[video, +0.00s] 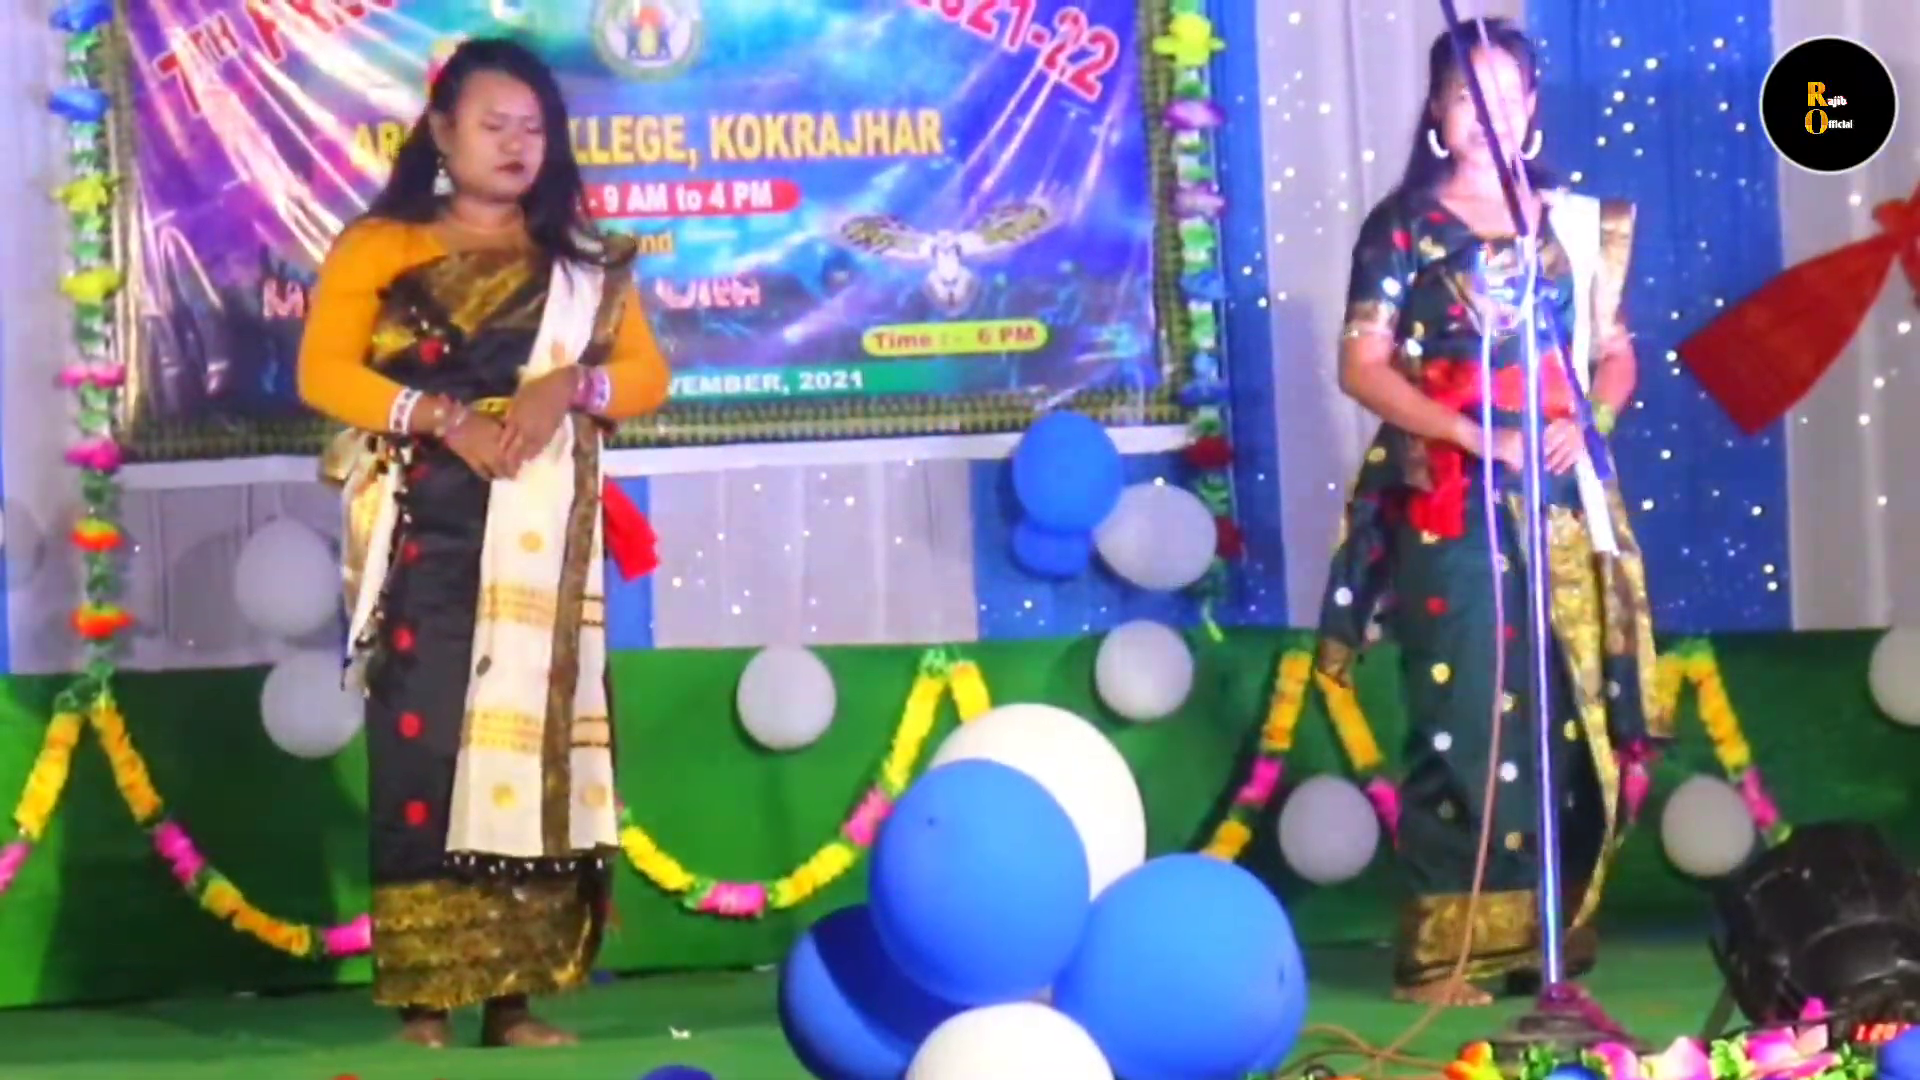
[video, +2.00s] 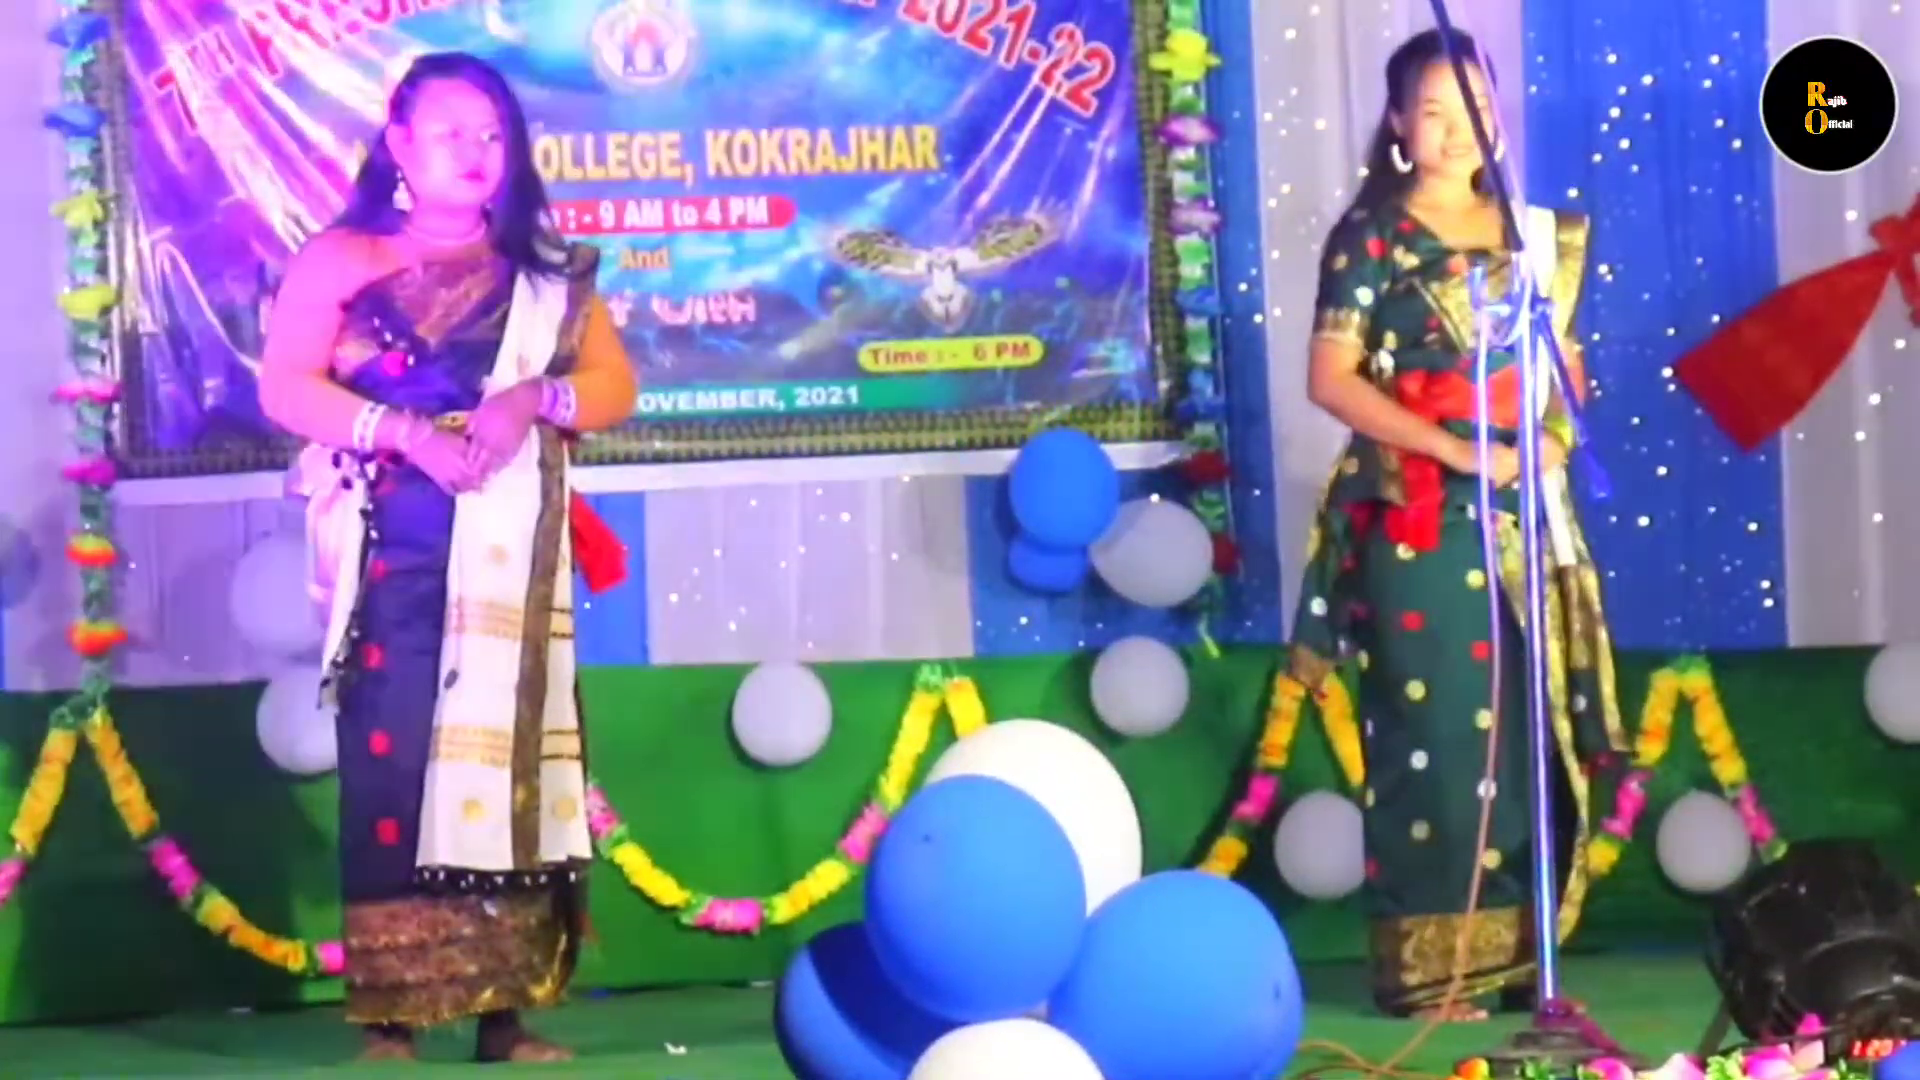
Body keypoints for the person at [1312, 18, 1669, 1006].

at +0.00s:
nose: (1485, 114)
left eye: (1502, 95)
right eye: (1466, 96)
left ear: (1531, 104)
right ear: (1437, 110)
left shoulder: (1569, 222)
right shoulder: (1403, 226)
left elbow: (1615, 356)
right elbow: (1360, 365)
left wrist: (1583, 422)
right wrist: (1471, 433)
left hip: (1558, 503)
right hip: (1451, 503)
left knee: (1568, 712)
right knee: (1457, 716)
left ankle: (1558, 950)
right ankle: (1442, 953)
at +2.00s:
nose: (1446, 130)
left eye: (1463, 113)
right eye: (1428, 113)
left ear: (1489, 121)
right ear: (1399, 124)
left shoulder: (1527, 230)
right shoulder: (1369, 234)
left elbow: (1562, 366)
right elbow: (1330, 380)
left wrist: (1556, 398)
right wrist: (1452, 447)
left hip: (1523, 512)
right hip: (1419, 518)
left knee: (1532, 726)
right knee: (1436, 729)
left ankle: (1521, 961)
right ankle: (1428, 966)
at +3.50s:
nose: (1503, 139)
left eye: (1510, 119)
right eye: (1478, 125)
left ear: (1530, 129)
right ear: (1441, 145)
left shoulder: (1525, 248)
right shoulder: (1448, 244)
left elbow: (1536, 390)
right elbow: (1441, 391)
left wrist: (1609, 446)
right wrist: (1549, 435)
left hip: (1513, 529)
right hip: (1460, 531)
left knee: (1563, 727)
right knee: (1554, 727)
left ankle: (1451, 907)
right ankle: (1477, 929)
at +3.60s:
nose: (1524, 113)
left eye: (1529, 93)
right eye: (1502, 101)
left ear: (1541, 99)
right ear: (1459, 122)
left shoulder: (1535, 210)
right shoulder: (1457, 207)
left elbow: (1626, 332)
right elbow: (1491, 330)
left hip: (1544, 505)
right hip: (1480, 508)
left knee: (1536, 712)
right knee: (1571, 699)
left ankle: (1496, 944)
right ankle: (1487, 930)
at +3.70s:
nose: (1539, 129)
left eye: (1543, 109)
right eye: (1516, 114)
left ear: (1551, 113)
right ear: (1469, 130)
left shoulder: (1522, 226)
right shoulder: (1462, 228)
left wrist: (1596, 296)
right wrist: (1593, 306)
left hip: (1549, 531)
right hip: (1495, 542)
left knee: (1567, 739)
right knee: (1564, 740)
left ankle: (1513, 959)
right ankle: (1502, 964)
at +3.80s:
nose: (1570, 156)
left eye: (1570, 137)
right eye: (1548, 142)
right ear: (1501, 155)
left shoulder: (1453, 255)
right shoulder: (1541, 240)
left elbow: (1423, 419)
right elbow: (1592, 348)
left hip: (1453, 563)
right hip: (1505, 564)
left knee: (1579, 739)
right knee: (1616, 752)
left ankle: (1500, 943)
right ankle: (1531, 983)